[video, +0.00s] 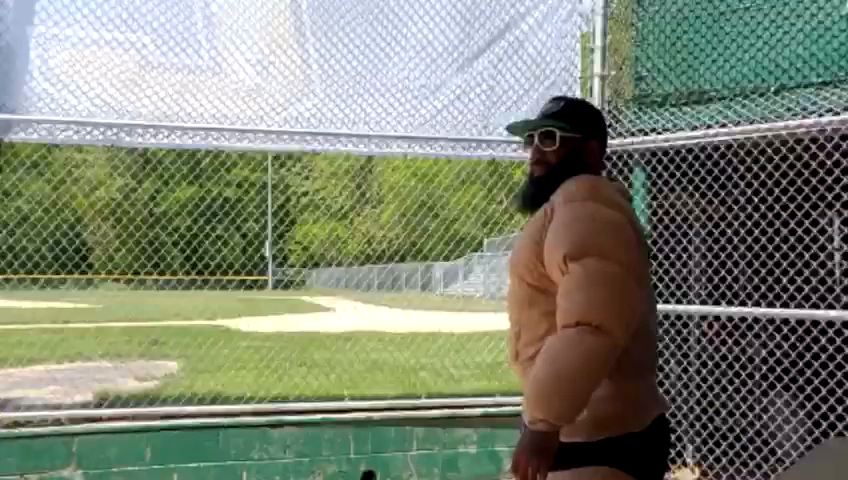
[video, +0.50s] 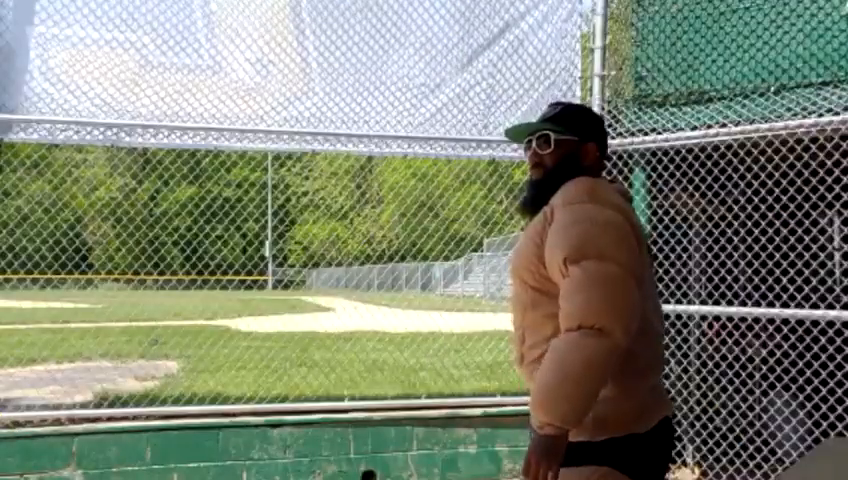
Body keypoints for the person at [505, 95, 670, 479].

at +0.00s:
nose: (534, 151)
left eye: (550, 138)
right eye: (531, 140)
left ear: (589, 149)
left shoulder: (585, 202)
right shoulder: (570, 202)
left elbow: (593, 322)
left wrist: (542, 424)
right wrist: (543, 421)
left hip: (602, 439)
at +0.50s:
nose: (532, 154)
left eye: (545, 141)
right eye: (530, 144)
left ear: (588, 152)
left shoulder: (584, 204)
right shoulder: (576, 203)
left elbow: (595, 324)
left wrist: (550, 425)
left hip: (606, 438)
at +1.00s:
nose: (525, 150)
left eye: (539, 137)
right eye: (527, 138)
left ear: (581, 149)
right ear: (583, 152)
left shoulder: (572, 205)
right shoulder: (596, 200)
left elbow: (577, 330)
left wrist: (530, 434)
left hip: (595, 441)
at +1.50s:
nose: (517, 146)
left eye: (529, 132)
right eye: (520, 133)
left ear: (567, 141)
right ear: (570, 143)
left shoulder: (558, 206)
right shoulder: (605, 198)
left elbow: (547, 336)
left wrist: (477, 432)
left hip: (591, 455)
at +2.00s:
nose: (511, 135)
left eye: (522, 122)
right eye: (515, 122)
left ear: (558, 131)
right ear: (567, 132)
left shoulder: (547, 202)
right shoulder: (630, 196)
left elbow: (536, 347)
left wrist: (487, 457)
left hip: (586, 456)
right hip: (660, 440)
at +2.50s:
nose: (553, 137)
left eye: (562, 123)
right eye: (555, 124)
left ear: (596, 129)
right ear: (632, 133)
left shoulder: (577, 200)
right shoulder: (684, 202)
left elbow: (542, 343)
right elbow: (706, 327)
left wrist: (489, 445)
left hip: (603, 455)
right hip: (692, 441)